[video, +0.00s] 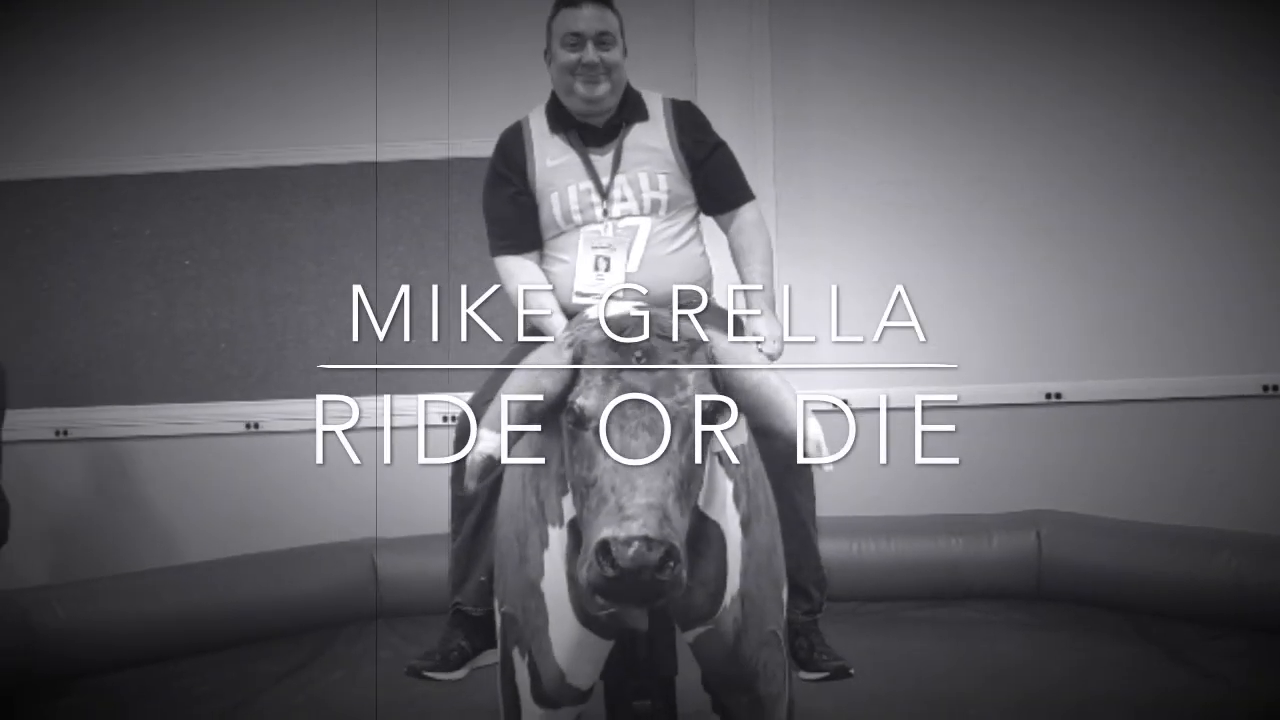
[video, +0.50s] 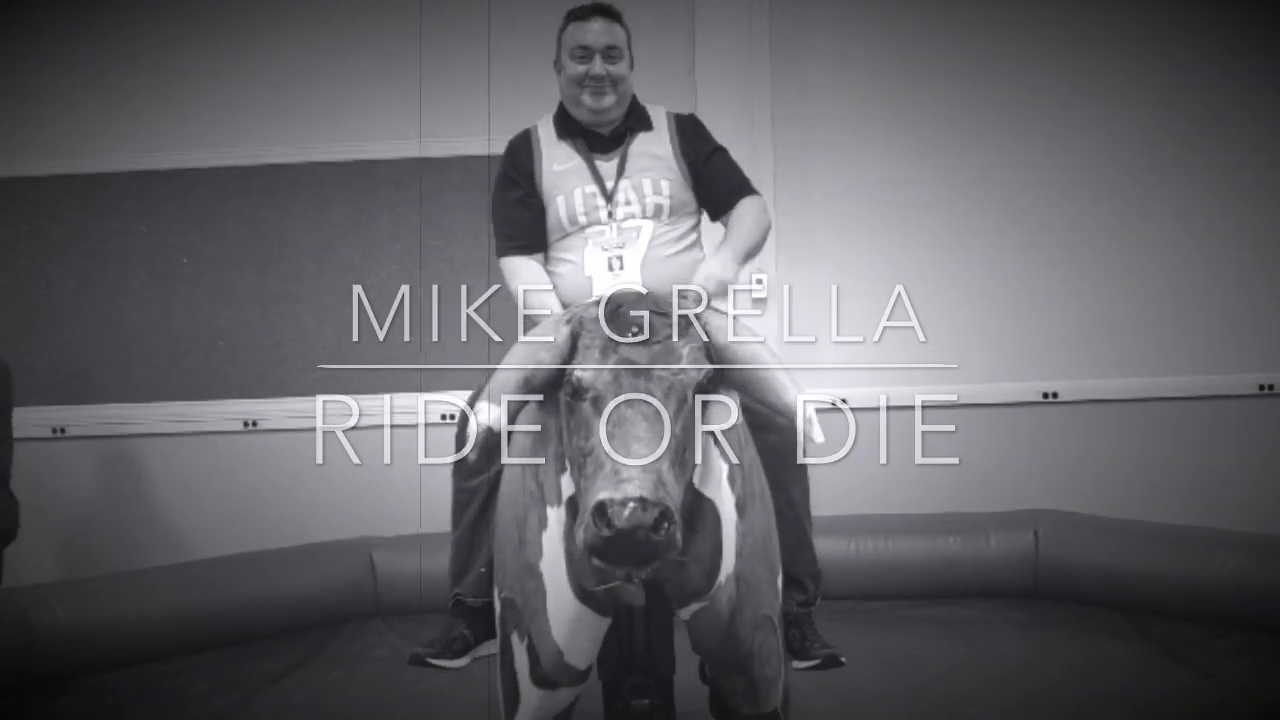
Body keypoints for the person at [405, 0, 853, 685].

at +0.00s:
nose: (590, 57)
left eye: (604, 43)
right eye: (573, 44)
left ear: (625, 51)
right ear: (549, 57)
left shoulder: (678, 121)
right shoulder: (522, 144)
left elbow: (742, 215)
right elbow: (513, 255)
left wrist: (758, 308)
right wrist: (559, 329)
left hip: (687, 319)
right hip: (575, 326)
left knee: (787, 427)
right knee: (478, 445)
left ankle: (801, 619)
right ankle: (474, 620)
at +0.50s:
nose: (598, 69)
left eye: (611, 54)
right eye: (582, 55)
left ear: (632, 63)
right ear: (558, 66)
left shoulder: (680, 134)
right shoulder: (531, 150)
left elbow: (751, 210)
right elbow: (517, 253)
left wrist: (723, 263)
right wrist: (546, 308)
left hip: (681, 312)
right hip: (572, 318)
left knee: (780, 412)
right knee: (482, 423)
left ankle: (796, 609)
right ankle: (474, 610)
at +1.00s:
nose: (585, 75)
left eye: (600, 60)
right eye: (569, 60)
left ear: (619, 65)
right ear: (543, 65)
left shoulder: (660, 129)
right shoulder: (511, 146)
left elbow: (754, 124)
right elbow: (493, 251)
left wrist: (709, 36)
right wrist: (537, 323)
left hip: (661, 311)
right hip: (550, 318)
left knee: (755, 407)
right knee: (451, 415)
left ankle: (774, 608)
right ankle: (440, 608)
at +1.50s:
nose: (596, 82)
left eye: (609, 67)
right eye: (580, 68)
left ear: (623, 66)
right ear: (548, 66)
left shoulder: (658, 122)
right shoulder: (513, 141)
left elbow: (748, 82)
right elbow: (492, 249)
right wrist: (536, 319)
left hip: (657, 312)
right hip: (548, 316)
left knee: (750, 419)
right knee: (450, 407)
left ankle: (767, 609)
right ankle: (440, 597)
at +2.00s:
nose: (596, 82)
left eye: (609, 66)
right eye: (579, 67)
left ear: (623, 57)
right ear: (544, 57)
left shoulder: (652, 108)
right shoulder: (502, 130)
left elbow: (741, 66)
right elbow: (484, 248)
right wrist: (528, 323)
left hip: (649, 306)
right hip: (538, 313)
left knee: (742, 419)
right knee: (444, 408)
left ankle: (755, 611)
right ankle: (435, 603)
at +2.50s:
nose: (574, 75)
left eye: (588, 58)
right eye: (557, 59)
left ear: (603, 50)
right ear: (524, 54)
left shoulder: (640, 108)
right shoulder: (488, 138)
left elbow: (733, 77)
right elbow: (483, 256)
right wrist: (526, 348)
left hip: (643, 318)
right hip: (529, 325)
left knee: (732, 443)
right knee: (438, 431)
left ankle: (742, 635)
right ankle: (429, 622)